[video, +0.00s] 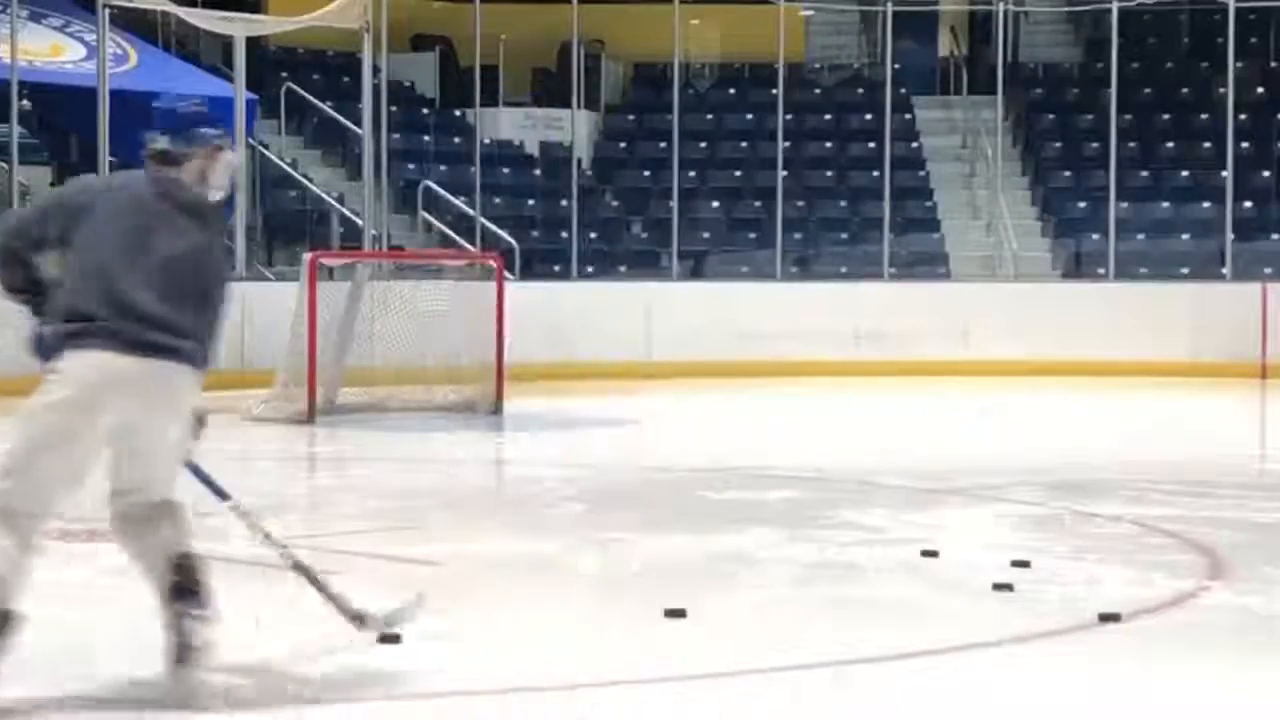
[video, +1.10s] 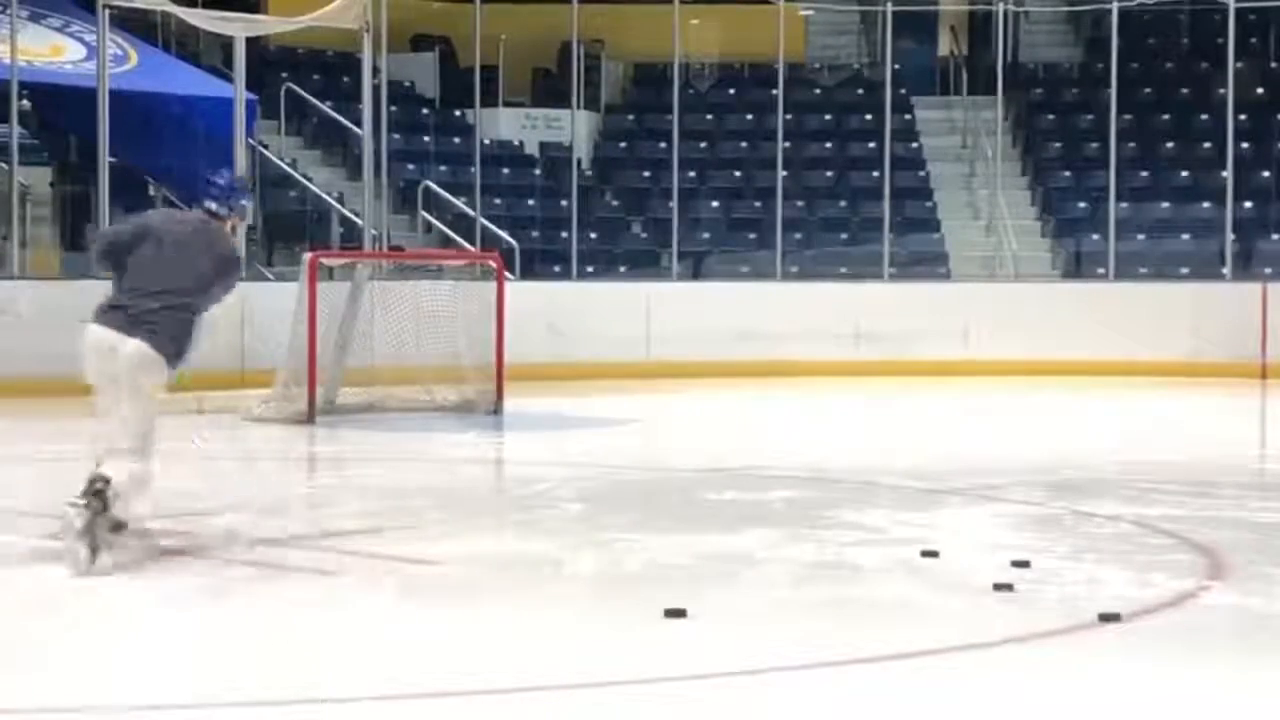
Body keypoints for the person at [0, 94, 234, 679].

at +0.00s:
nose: (221, 174)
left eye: (222, 161)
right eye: (216, 161)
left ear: (154, 155)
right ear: (195, 162)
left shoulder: (99, 192)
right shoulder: (212, 234)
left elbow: (11, 234)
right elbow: (202, 333)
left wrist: (39, 297)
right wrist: (192, 404)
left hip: (89, 366)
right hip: (169, 380)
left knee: (16, 504)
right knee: (146, 497)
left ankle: (5, 610)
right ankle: (183, 589)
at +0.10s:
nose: (184, 179)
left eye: (186, 167)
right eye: (179, 166)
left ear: (121, 159)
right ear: (154, 163)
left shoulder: (55, 196)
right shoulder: (162, 230)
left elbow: (3, 228)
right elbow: (156, 324)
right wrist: (145, 397)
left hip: (23, 362)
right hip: (106, 373)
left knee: (3, 483)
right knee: (106, 487)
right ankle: (124, 595)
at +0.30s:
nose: (157, 196)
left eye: (163, 183)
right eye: (152, 180)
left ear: (103, 169)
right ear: (119, 173)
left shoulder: (32, 205)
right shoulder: (114, 245)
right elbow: (122, 350)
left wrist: (75, 348)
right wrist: (148, 418)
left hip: (2, 344)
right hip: (40, 357)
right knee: (81, 461)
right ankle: (87, 579)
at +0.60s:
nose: (189, 210)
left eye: (193, 199)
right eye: (188, 197)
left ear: (142, 182)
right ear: (172, 191)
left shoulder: (94, 209)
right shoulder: (137, 248)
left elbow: (69, 274)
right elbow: (154, 342)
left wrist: (104, 336)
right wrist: (187, 409)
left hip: (8, 320)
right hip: (48, 335)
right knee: (102, 438)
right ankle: (118, 548)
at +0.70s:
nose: (197, 214)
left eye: (202, 203)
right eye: (197, 201)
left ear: (154, 185)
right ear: (181, 196)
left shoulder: (106, 214)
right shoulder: (151, 253)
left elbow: (85, 275)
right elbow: (166, 339)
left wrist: (117, 332)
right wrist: (197, 402)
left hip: (9, 314)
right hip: (58, 331)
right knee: (109, 431)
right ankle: (129, 541)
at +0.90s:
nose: (217, 219)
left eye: (220, 208)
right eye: (218, 207)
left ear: (171, 190)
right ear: (206, 202)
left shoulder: (125, 210)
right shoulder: (177, 251)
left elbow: (75, 241)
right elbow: (146, 327)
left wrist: (82, 296)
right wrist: (149, 385)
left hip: (45, 318)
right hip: (100, 338)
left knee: (22, 433)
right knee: (114, 441)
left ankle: (0, 521)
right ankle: (132, 510)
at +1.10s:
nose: (239, 228)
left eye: (240, 220)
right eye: (239, 220)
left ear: (203, 203)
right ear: (231, 217)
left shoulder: (162, 219)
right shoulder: (227, 255)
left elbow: (102, 241)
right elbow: (204, 299)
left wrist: (125, 280)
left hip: (103, 329)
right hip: (147, 348)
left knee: (108, 421)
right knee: (138, 449)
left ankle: (97, 483)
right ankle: (106, 508)